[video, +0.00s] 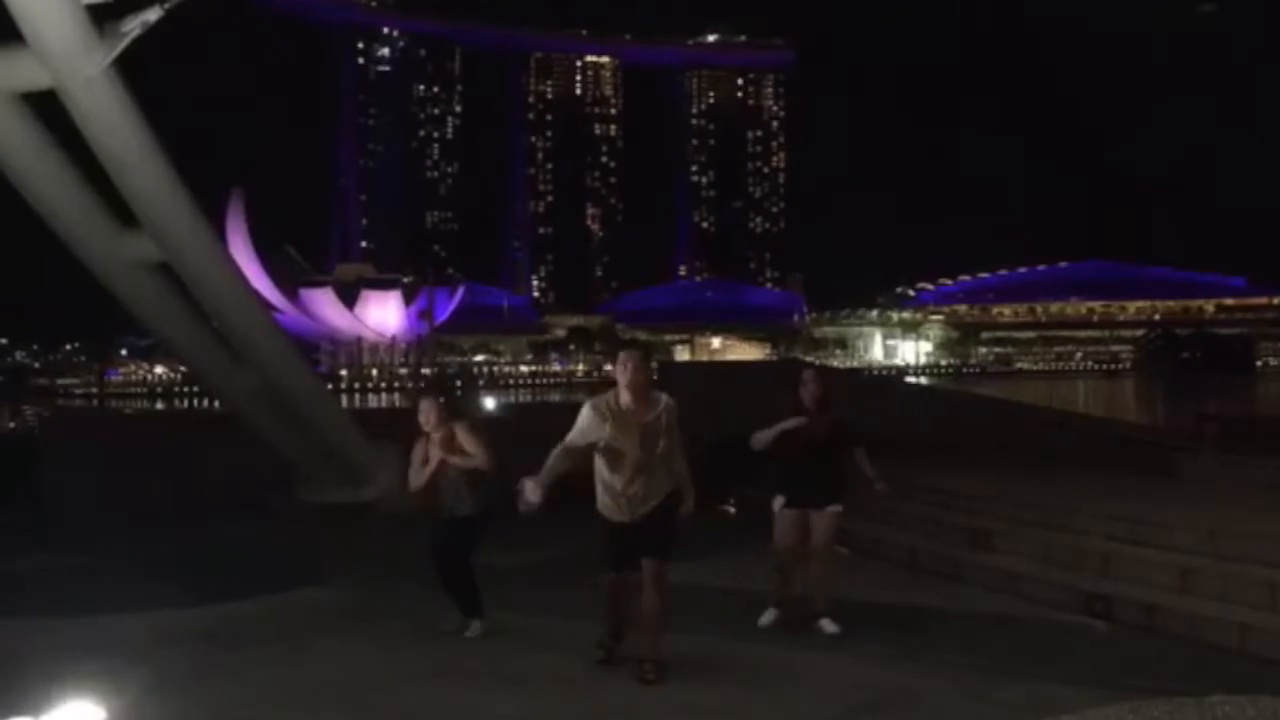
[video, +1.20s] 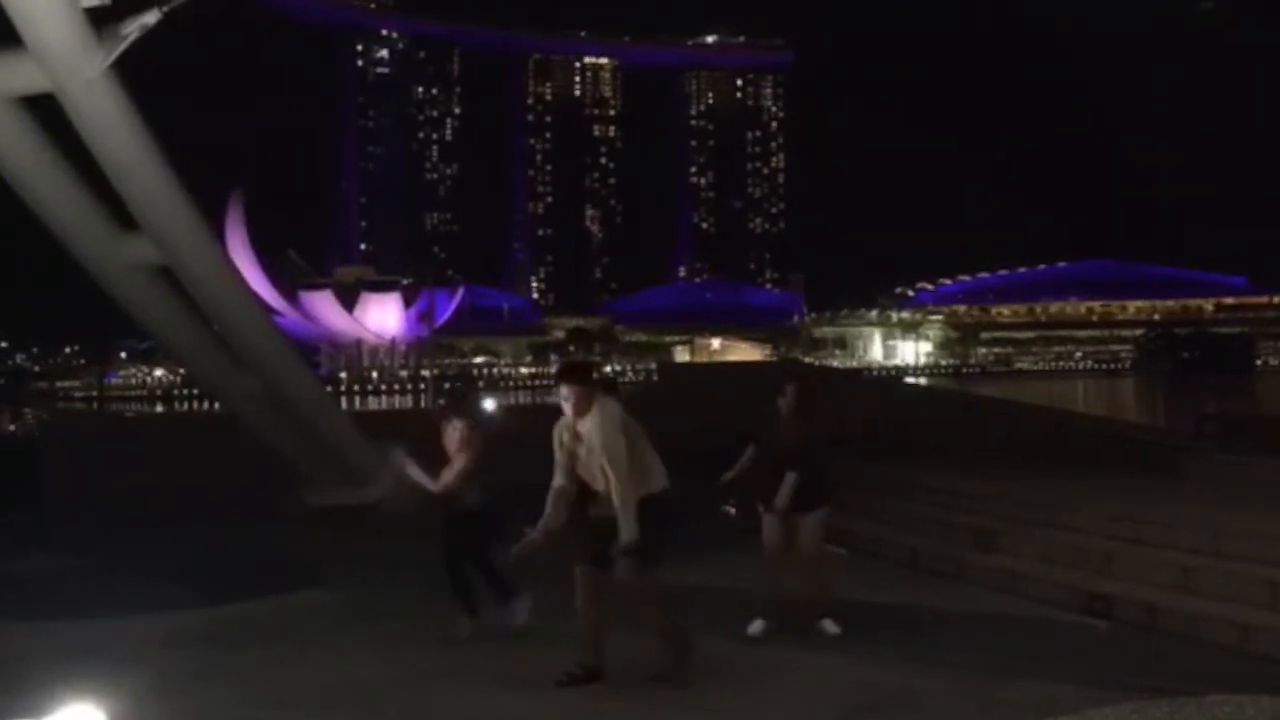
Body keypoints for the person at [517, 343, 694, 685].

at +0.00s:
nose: (629, 371)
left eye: (636, 365)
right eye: (623, 365)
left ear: (648, 372)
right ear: (614, 371)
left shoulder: (664, 407)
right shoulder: (598, 411)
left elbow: (676, 454)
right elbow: (568, 449)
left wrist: (686, 492)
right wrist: (541, 482)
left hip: (657, 504)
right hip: (615, 508)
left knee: (654, 575)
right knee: (614, 578)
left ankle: (651, 654)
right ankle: (611, 640)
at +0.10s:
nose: (635, 371)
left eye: (642, 365)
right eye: (628, 364)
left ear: (651, 371)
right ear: (618, 369)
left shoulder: (665, 406)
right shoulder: (600, 403)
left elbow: (684, 453)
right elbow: (563, 444)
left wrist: (701, 496)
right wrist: (575, 450)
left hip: (657, 501)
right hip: (614, 503)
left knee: (654, 577)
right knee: (606, 577)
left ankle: (652, 655)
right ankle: (608, 650)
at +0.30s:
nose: (646, 378)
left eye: (652, 371)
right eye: (640, 371)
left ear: (661, 375)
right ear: (627, 374)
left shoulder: (673, 410)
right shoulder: (612, 407)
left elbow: (676, 467)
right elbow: (592, 455)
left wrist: (673, 518)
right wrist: (581, 501)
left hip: (654, 504)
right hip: (611, 503)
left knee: (660, 579)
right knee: (597, 567)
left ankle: (655, 658)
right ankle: (581, 648)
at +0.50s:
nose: (634, 397)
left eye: (641, 390)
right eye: (628, 390)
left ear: (652, 390)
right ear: (618, 393)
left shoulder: (671, 411)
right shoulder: (612, 437)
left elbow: (674, 459)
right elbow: (587, 482)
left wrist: (629, 477)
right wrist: (551, 519)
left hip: (667, 519)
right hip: (626, 516)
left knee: (676, 591)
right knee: (602, 556)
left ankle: (654, 662)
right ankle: (563, 601)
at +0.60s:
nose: (628, 391)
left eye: (635, 383)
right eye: (621, 384)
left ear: (648, 386)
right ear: (611, 389)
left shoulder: (666, 406)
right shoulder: (608, 429)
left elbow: (674, 453)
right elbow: (593, 479)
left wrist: (639, 481)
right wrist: (566, 527)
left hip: (669, 513)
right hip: (624, 514)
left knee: (678, 587)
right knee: (599, 583)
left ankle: (654, 662)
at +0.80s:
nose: (612, 393)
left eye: (618, 385)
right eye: (605, 386)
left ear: (630, 386)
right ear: (596, 391)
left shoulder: (649, 404)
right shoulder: (602, 436)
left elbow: (644, 451)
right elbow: (597, 494)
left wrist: (608, 490)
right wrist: (573, 540)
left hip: (670, 508)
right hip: (629, 509)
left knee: (669, 588)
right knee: (591, 532)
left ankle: (654, 661)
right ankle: (592, 619)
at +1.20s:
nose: (570, 403)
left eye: (577, 396)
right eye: (565, 397)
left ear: (592, 394)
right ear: (559, 398)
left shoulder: (607, 419)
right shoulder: (564, 430)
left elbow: (621, 479)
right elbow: (562, 482)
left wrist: (628, 538)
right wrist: (545, 528)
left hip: (646, 498)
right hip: (605, 503)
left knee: (641, 576)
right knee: (589, 576)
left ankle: (675, 652)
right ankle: (591, 662)